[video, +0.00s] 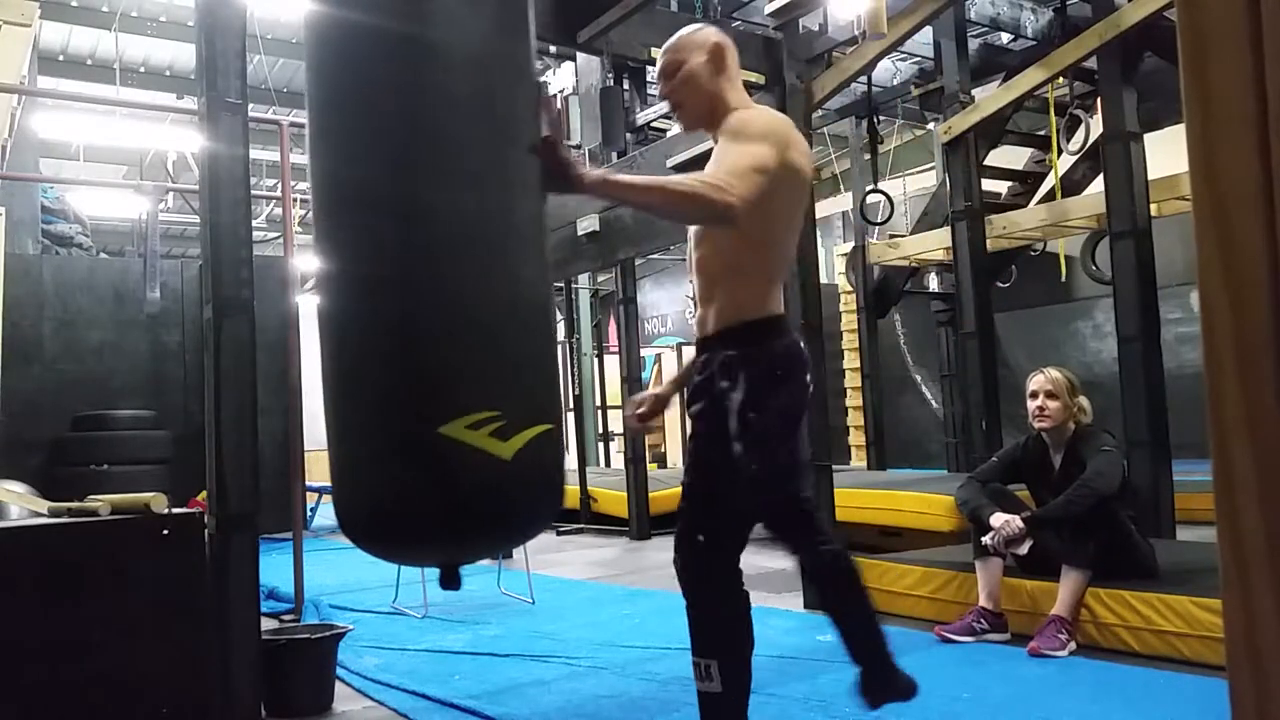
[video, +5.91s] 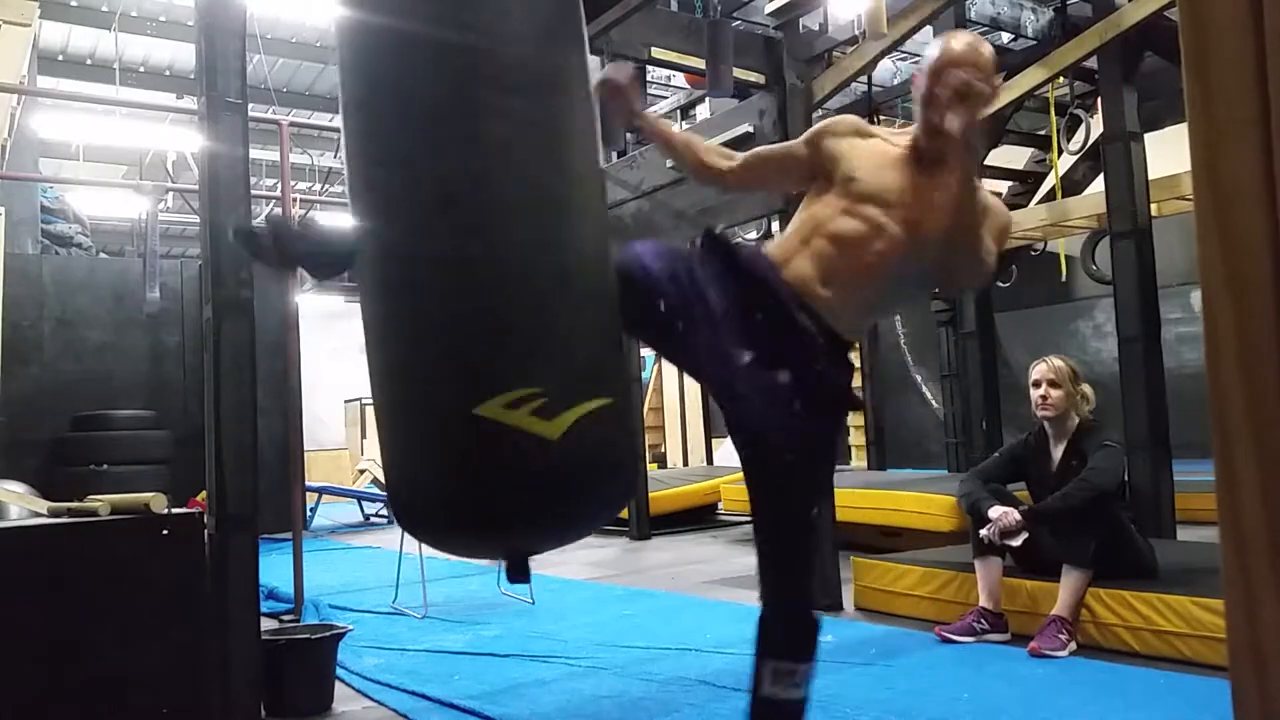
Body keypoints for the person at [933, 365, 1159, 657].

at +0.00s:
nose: (1040, 404)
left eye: (1051, 396)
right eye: (1034, 397)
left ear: (1072, 406)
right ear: (1026, 406)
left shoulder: (1097, 442)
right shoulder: (1028, 449)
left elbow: (1101, 484)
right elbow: (967, 488)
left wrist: (1028, 521)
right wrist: (992, 516)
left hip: (1118, 560)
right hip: (1059, 555)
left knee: (1089, 505)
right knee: (989, 495)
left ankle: (1061, 621)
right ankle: (988, 612)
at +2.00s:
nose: (1041, 404)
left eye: (1052, 396)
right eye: (1034, 396)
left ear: (1072, 405)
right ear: (1026, 405)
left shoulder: (1098, 443)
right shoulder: (1027, 449)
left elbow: (1099, 485)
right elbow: (968, 488)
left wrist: (1026, 522)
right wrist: (992, 516)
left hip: (1118, 559)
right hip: (1059, 555)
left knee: (1087, 504)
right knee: (988, 495)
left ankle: (1061, 621)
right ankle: (989, 612)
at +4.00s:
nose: (1042, 404)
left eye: (1053, 396)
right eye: (1035, 396)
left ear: (1072, 406)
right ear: (1027, 405)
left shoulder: (1097, 442)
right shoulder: (1027, 449)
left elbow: (1100, 485)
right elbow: (968, 488)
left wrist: (1027, 522)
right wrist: (992, 516)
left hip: (1117, 559)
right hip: (1058, 556)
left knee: (1090, 504)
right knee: (988, 496)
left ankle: (1061, 620)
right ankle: (989, 612)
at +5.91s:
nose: (1043, 393)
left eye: (1054, 385)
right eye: (1036, 386)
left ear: (1074, 393)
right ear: (1030, 395)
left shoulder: (1100, 440)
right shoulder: (1030, 445)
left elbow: (1100, 482)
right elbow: (969, 482)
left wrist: (1023, 518)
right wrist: (991, 509)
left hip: (1114, 559)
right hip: (1053, 555)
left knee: (1092, 501)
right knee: (987, 495)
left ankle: (1061, 621)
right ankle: (989, 612)